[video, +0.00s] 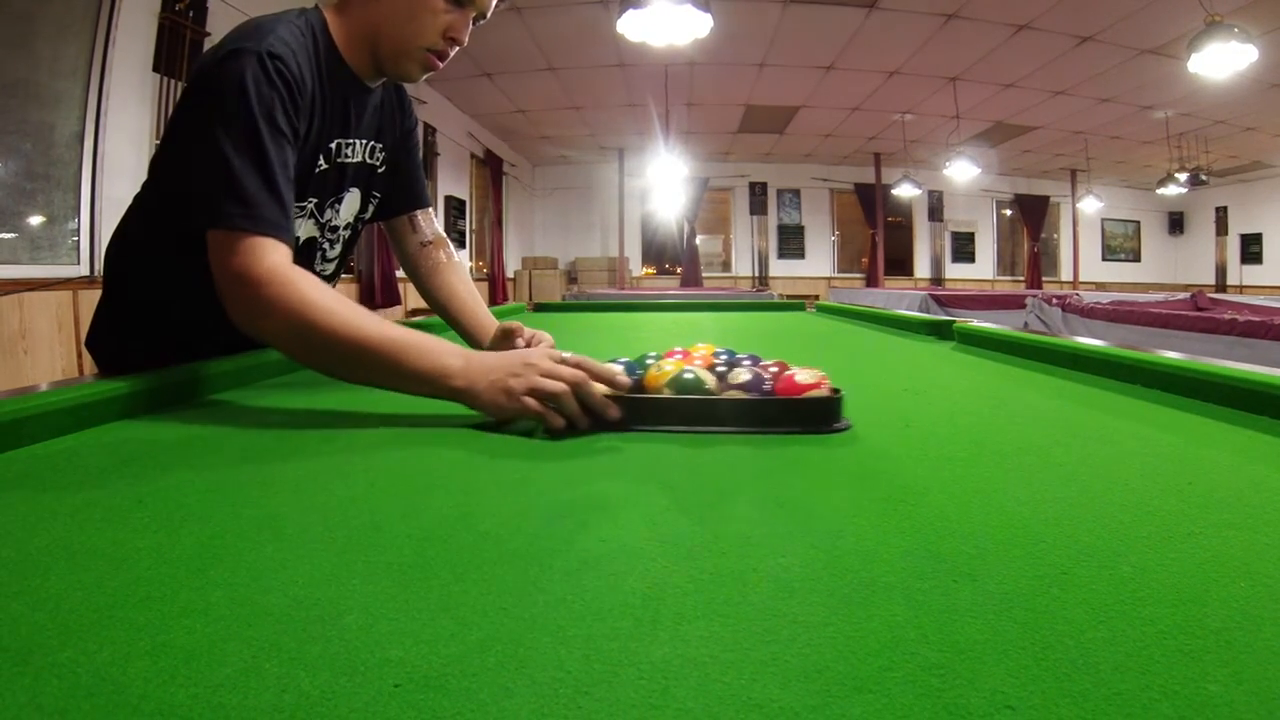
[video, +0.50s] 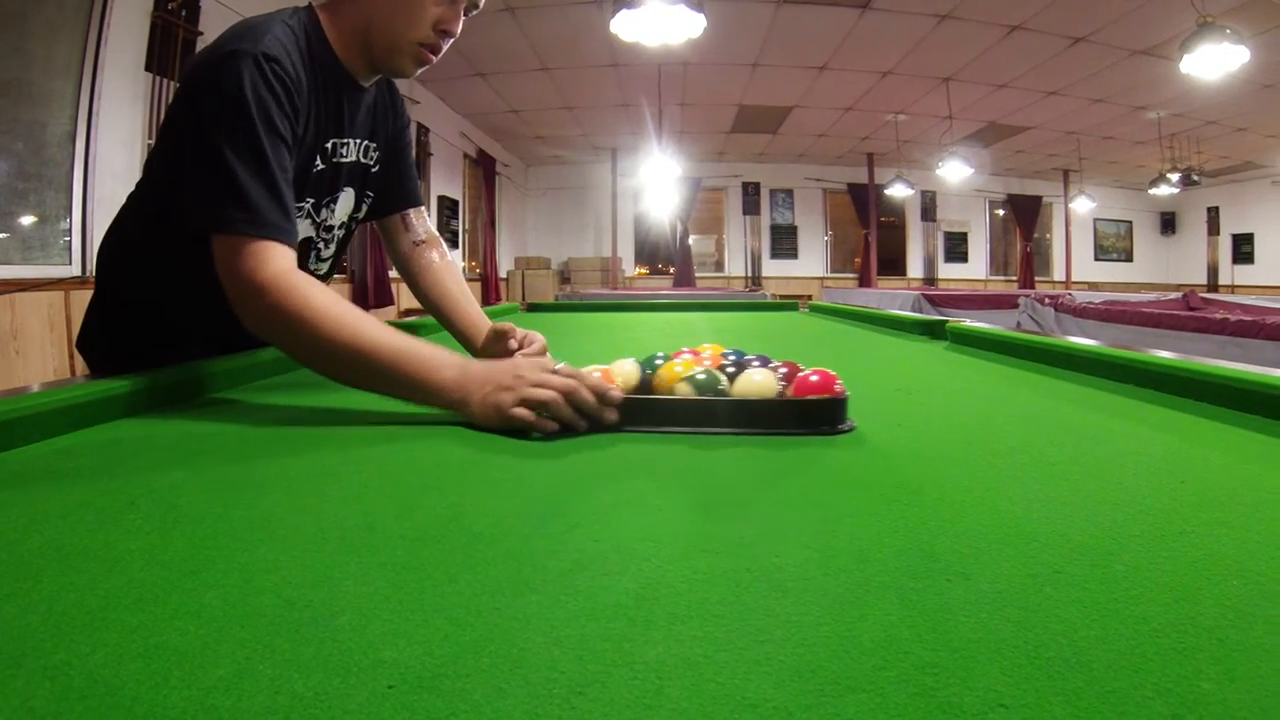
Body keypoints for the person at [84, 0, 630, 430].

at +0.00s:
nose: (463, 37)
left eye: (475, 22)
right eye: (457, 6)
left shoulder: (390, 101)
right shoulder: (262, 62)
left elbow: (424, 241)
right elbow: (256, 282)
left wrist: (490, 333)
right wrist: (472, 374)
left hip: (269, 357)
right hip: (159, 363)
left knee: (247, 556)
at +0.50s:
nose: (456, 25)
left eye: (467, 10)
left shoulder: (382, 96)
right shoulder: (255, 63)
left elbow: (416, 237)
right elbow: (261, 283)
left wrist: (483, 335)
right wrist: (466, 383)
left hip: (261, 351)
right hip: (151, 358)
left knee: (239, 547)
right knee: (140, 557)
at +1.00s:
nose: (441, 14)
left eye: (450, 1)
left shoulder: (378, 87)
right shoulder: (247, 50)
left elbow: (442, 222)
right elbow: (273, 258)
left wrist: (527, 335)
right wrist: (467, 384)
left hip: (271, 348)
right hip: (158, 353)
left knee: (255, 540)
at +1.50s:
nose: (449, 29)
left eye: (457, 13)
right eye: (437, 3)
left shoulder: (384, 98)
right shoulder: (255, 66)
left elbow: (445, 223)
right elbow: (276, 264)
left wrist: (527, 334)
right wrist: (467, 384)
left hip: (271, 345)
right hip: (160, 350)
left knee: (253, 533)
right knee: (147, 543)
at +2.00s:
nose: (444, 29)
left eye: (454, 13)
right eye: (431, 1)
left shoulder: (385, 101)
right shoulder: (256, 69)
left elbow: (444, 225)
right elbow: (278, 266)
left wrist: (527, 334)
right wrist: (468, 384)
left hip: (271, 342)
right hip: (158, 347)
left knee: (252, 531)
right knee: (147, 541)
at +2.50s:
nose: (442, 34)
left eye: (453, 18)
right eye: (429, 5)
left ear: (454, 26)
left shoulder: (383, 102)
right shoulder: (255, 71)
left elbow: (441, 224)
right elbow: (278, 267)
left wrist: (529, 337)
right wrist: (468, 384)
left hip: (263, 336)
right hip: (152, 342)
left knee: (243, 527)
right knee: (140, 537)